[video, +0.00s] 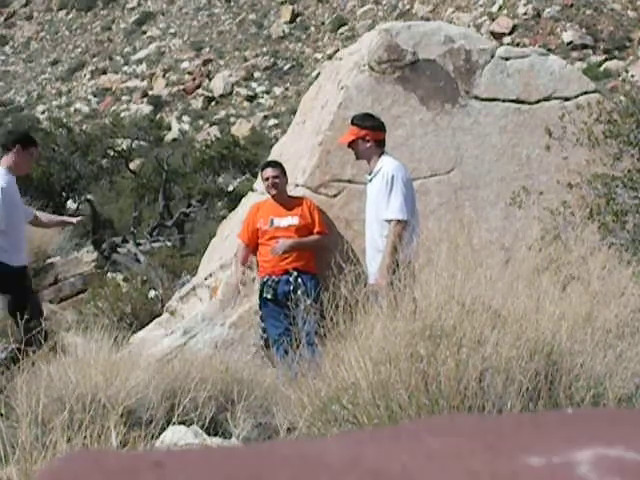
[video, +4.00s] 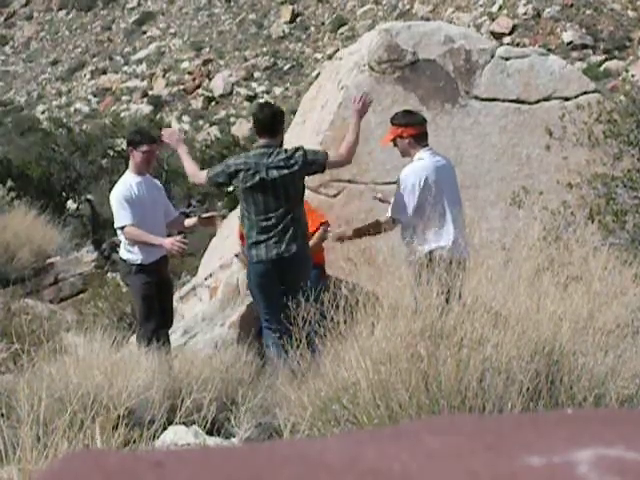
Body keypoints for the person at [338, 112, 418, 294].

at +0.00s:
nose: (350, 147)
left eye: (354, 142)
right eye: (350, 142)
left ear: (368, 141)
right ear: (367, 142)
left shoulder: (393, 171)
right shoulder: (375, 175)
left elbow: (398, 224)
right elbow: (379, 226)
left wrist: (386, 273)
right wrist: (374, 273)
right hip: (376, 276)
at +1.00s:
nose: (352, 147)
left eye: (356, 142)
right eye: (352, 143)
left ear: (373, 140)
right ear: (371, 141)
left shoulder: (395, 169)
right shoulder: (376, 173)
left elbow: (400, 220)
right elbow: (380, 222)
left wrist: (382, 266)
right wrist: (371, 260)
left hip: (400, 265)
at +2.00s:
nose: (380, 143)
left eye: (381, 138)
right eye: (380, 137)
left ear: (390, 138)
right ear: (408, 135)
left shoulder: (408, 169)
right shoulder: (428, 161)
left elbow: (406, 226)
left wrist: (391, 271)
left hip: (420, 260)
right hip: (441, 255)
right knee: (438, 318)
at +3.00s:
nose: (393, 147)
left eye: (395, 141)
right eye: (392, 142)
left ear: (407, 140)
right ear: (418, 138)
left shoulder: (412, 171)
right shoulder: (444, 164)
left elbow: (395, 221)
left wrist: (357, 237)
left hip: (427, 256)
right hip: (455, 251)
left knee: (424, 316)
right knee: (451, 313)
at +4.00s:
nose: (395, 146)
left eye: (396, 141)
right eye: (394, 141)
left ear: (407, 139)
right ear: (422, 138)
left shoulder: (413, 173)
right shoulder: (444, 164)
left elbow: (391, 222)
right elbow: (429, 204)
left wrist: (352, 233)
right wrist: (393, 202)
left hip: (429, 257)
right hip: (455, 253)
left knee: (427, 319)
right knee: (450, 315)